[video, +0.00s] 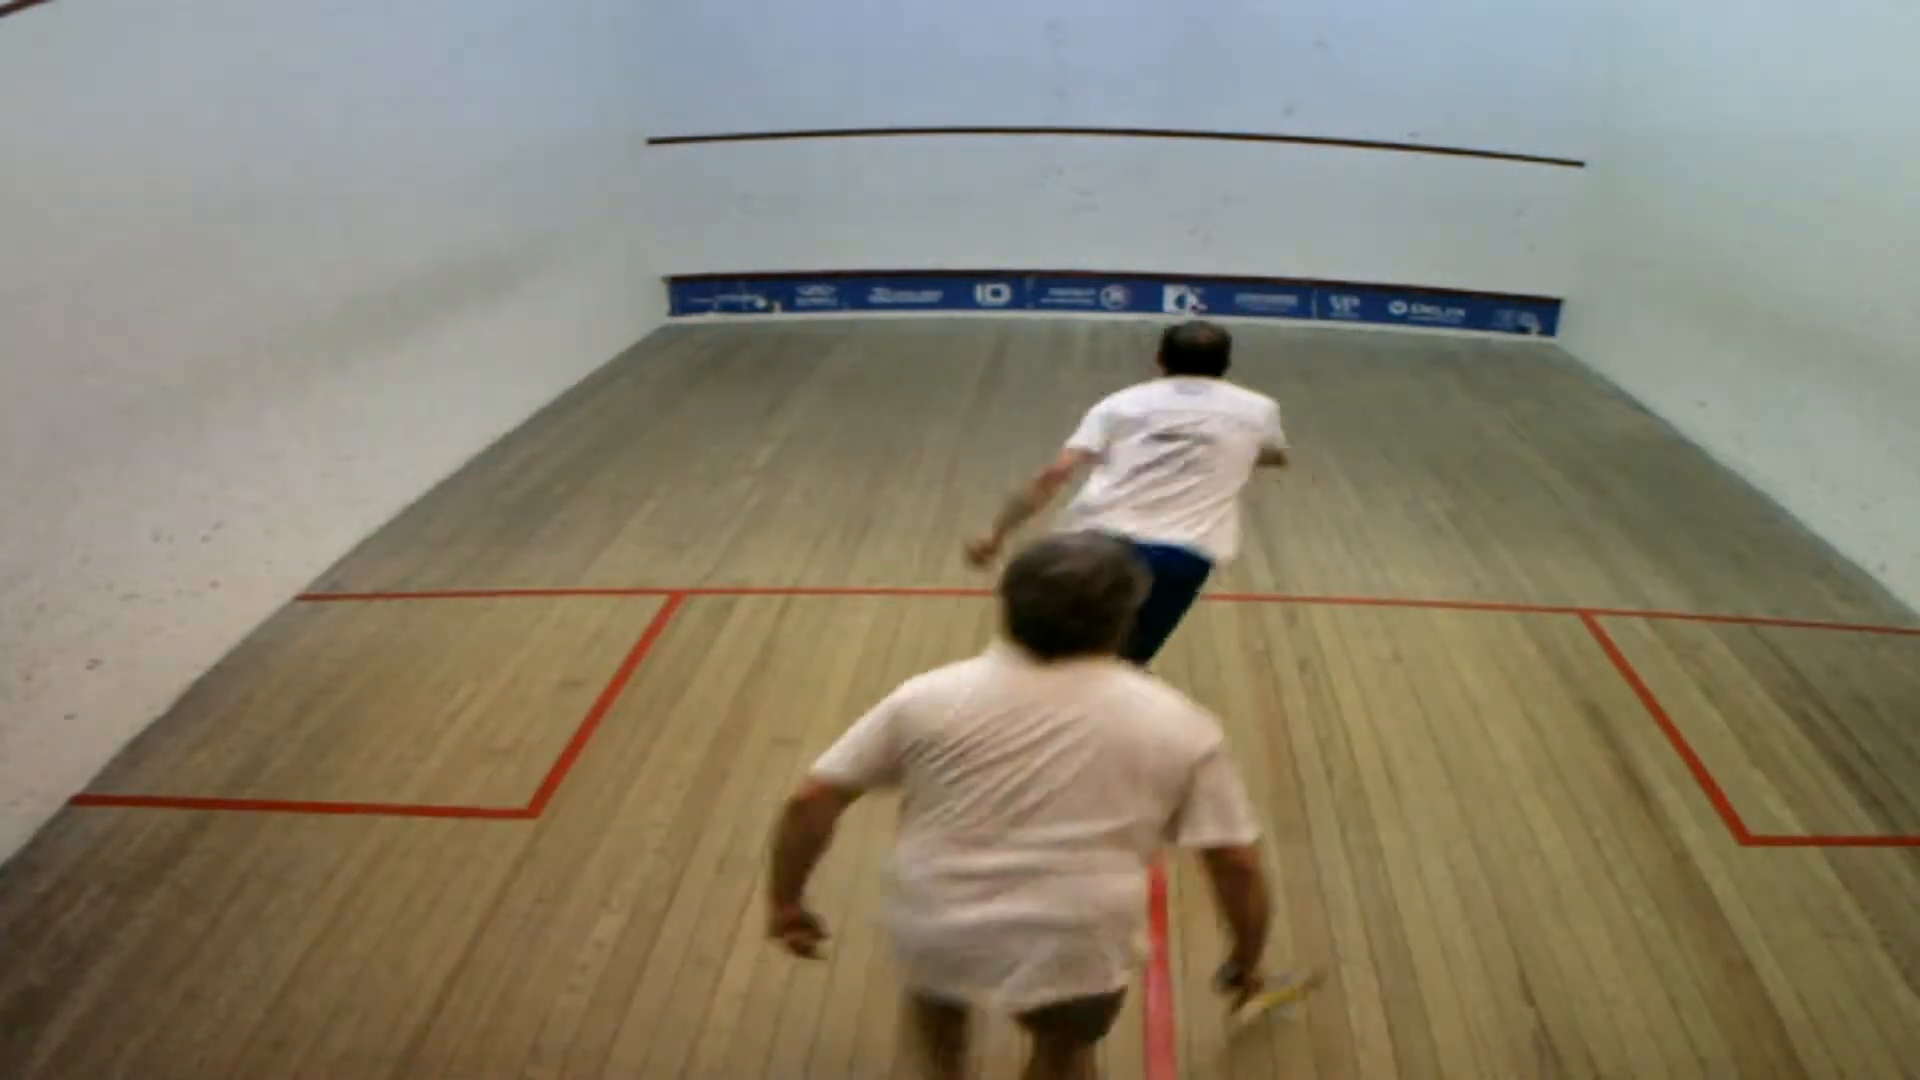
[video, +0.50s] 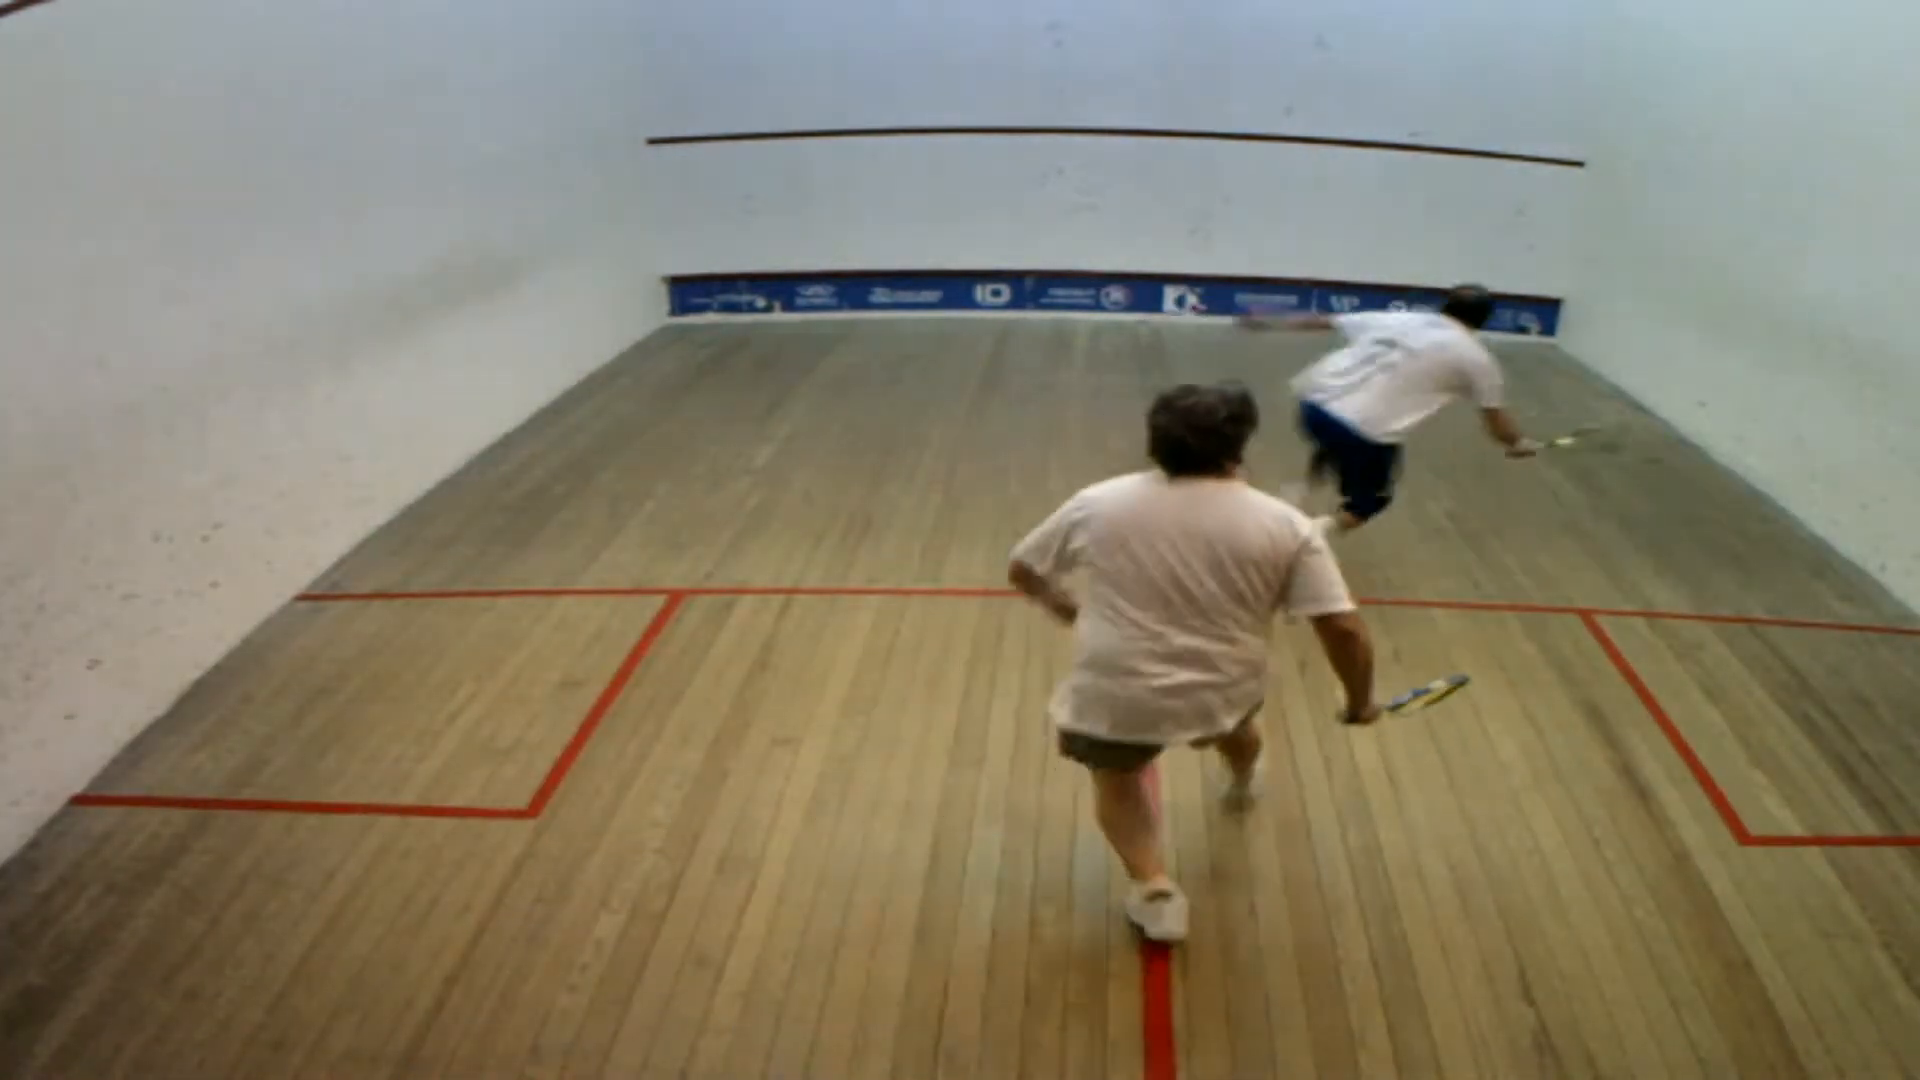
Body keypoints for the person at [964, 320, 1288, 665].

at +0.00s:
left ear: (1162, 361)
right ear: (1223, 367)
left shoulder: (1123, 403)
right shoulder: (1256, 411)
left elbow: (1056, 473)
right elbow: (1276, 458)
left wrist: (996, 535)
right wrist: (1229, 448)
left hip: (1101, 545)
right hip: (1185, 561)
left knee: (1069, 655)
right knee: (1128, 668)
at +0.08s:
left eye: (1170, 334)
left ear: (1172, 339)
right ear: (1227, 341)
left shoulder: (1141, 379)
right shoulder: (1261, 390)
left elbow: (1065, 451)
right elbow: (1270, 466)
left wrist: (1021, 493)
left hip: (1136, 511)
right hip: (1218, 520)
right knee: (1160, 619)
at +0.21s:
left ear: (1236, 326)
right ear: (1283, 335)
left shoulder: (1195, 354)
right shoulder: (1299, 380)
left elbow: (1140, 398)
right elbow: (1332, 465)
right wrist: (1308, 484)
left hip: (1161, 486)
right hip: (1236, 495)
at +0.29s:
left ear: (1293, 317)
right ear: (1336, 330)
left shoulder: (1252, 339)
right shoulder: (1338, 370)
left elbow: (1197, 372)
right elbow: (1370, 458)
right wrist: (1363, 476)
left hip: (1176, 453)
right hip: (1241, 473)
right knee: (1301, 508)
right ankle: (1248, 584)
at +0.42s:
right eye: (1445, 331)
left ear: (1402, 314)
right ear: (1440, 332)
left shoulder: (1361, 328)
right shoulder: (1430, 365)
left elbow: (1291, 347)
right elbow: (1452, 440)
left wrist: (1249, 369)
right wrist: (1469, 459)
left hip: (1265, 416)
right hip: (1322, 443)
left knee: (1237, 484)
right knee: (1344, 497)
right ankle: (1289, 555)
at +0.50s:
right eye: (1480, 319)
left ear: (1446, 305)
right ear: (1480, 323)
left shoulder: (1403, 318)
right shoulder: (1474, 359)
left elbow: (1327, 322)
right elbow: (1496, 423)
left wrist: (1268, 323)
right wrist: (1517, 444)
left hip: (1314, 406)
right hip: (1361, 434)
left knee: (1330, 452)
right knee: (1370, 501)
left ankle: (1300, 494)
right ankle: (1312, 533)